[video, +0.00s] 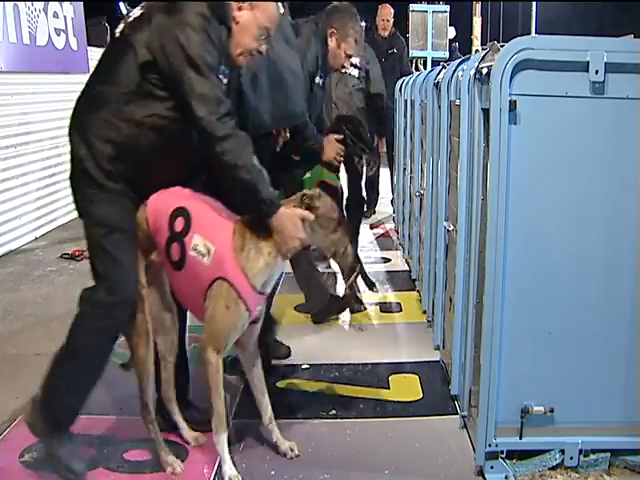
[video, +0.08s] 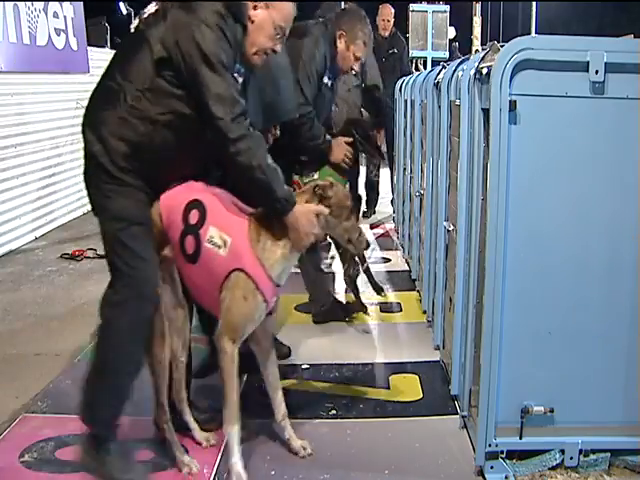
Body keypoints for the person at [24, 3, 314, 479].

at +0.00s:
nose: (262, 48)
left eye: (268, 39)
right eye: (262, 34)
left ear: (239, 12)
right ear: (238, 8)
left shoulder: (205, 32)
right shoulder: (184, 22)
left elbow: (219, 137)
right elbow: (217, 127)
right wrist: (272, 211)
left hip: (161, 178)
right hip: (108, 169)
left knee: (172, 292)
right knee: (118, 292)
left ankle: (172, 404)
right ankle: (49, 416)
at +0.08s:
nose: (277, 46)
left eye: (283, 38)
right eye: (277, 32)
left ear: (255, 11)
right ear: (254, 9)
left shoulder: (221, 28)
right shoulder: (198, 26)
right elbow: (232, 132)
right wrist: (285, 207)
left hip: (173, 166)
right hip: (121, 161)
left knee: (209, 265)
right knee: (137, 283)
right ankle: (100, 431)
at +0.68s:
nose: (367, 21)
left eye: (370, 13)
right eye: (366, 10)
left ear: (340, 6)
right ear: (342, 1)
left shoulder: (299, 18)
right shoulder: (299, 25)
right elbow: (346, 127)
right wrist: (409, 197)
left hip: (226, 176)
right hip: (211, 180)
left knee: (268, 309)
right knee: (260, 317)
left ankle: (260, 429)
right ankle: (244, 467)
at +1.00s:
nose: (429, 36)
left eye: (435, 24)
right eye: (431, 21)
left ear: (405, 7)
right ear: (407, 5)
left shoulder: (363, 21)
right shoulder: (360, 23)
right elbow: (403, 131)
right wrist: (465, 185)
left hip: (312, 186)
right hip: (272, 182)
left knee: (345, 292)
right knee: (280, 318)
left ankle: (354, 405)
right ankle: (244, 467)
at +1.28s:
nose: (473, 22)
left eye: (477, 14)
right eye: (472, 10)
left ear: (452, 7)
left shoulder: (432, 42)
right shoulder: (388, 10)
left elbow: (429, 109)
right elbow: (402, 95)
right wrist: (455, 151)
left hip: (368, 173)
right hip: (317, 162)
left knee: (374, 288)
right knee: (312, 290)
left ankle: (366, 401)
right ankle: (269, 430)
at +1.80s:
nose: (477, 28)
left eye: (483, 20)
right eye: (474, 16)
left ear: (476, 14)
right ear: (448, 2)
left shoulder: (457, 47)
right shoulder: (390, 12)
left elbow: (453, 121)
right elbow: (347, 87)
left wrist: (456, 175)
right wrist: (381, 159)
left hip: (403, 168)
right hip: (341, 160)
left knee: (417, 276)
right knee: (352, 291)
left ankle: (417, 385)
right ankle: (337, 427)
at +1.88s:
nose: (479, 32)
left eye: (486, 24)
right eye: (475, 19)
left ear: (483, 15)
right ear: (450, 3)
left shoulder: (464, 50)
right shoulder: (393, 15)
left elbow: (456, 122)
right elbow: (346, 95)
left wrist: (462, 176)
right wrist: (385, 161)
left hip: (406, 172)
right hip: (348, 163)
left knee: (416, 282)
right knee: (358, 293)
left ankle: (417, 390)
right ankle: (338, 426)